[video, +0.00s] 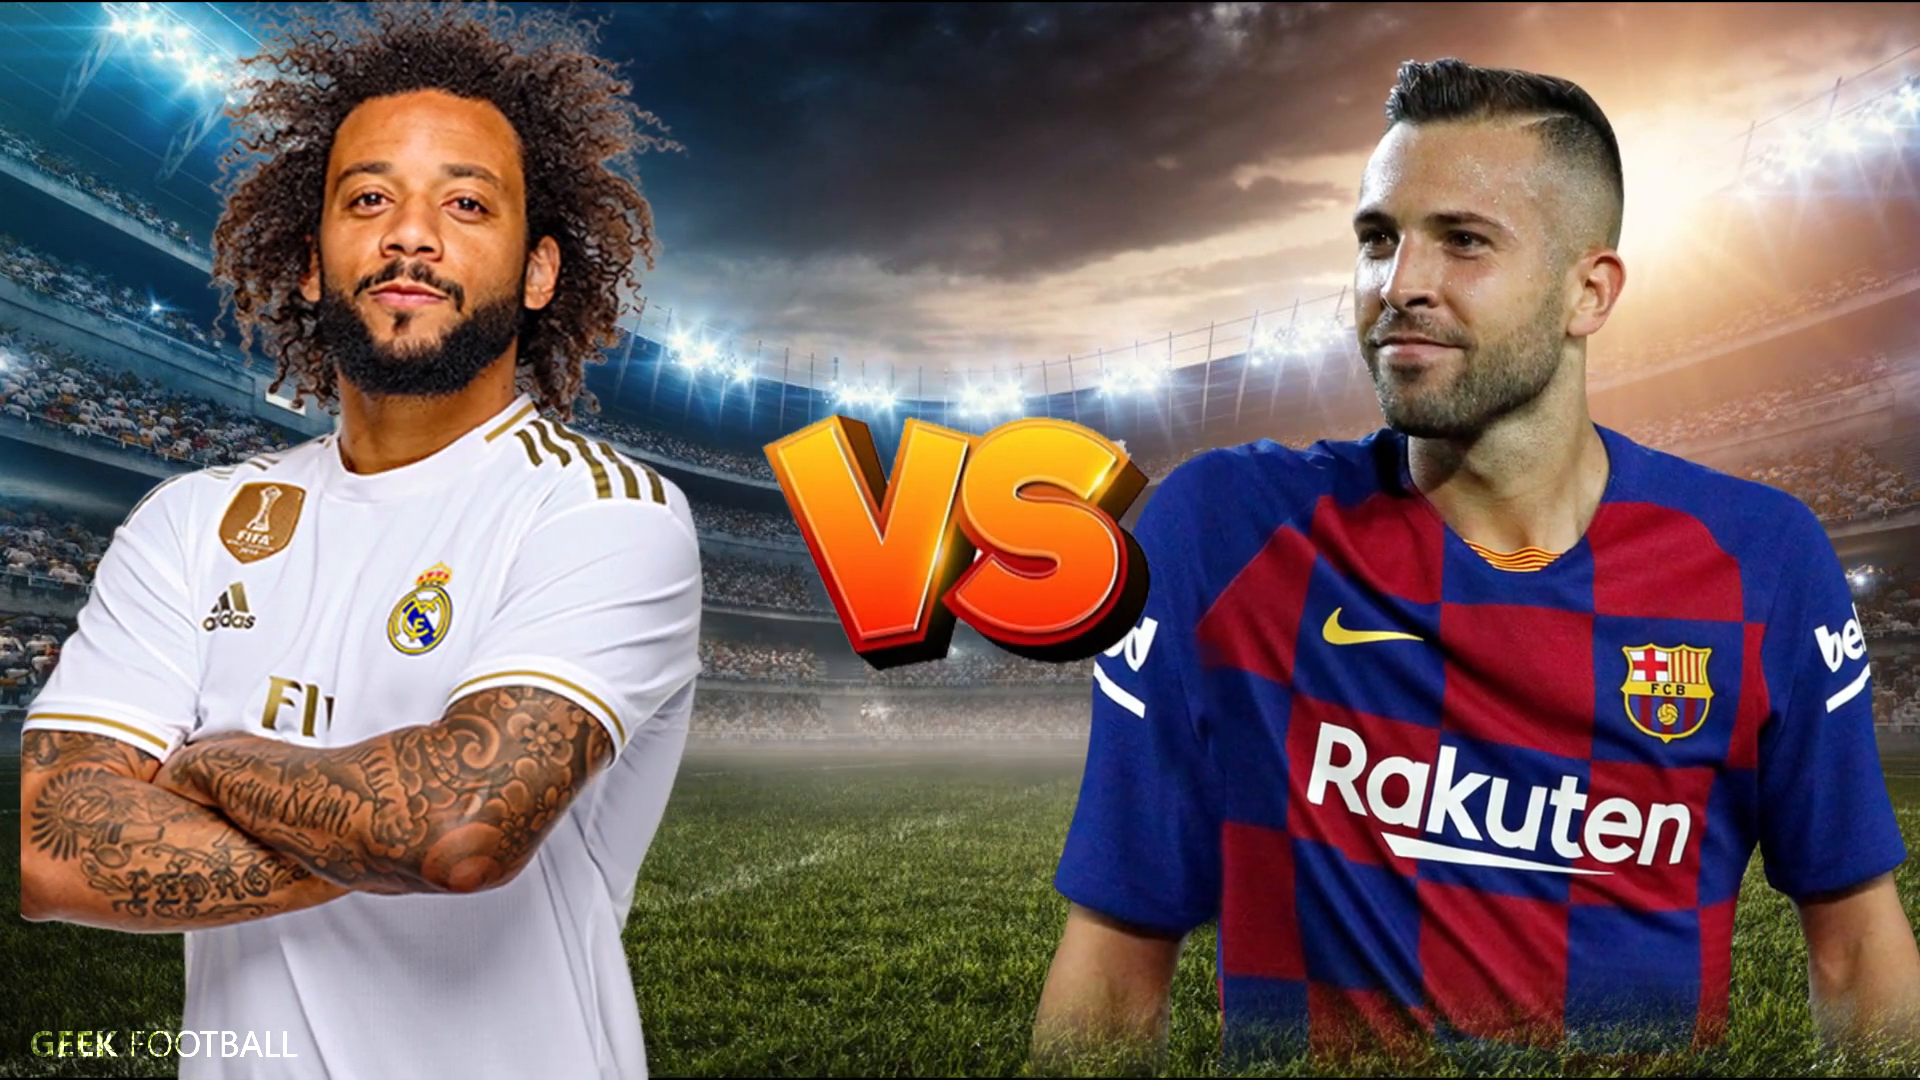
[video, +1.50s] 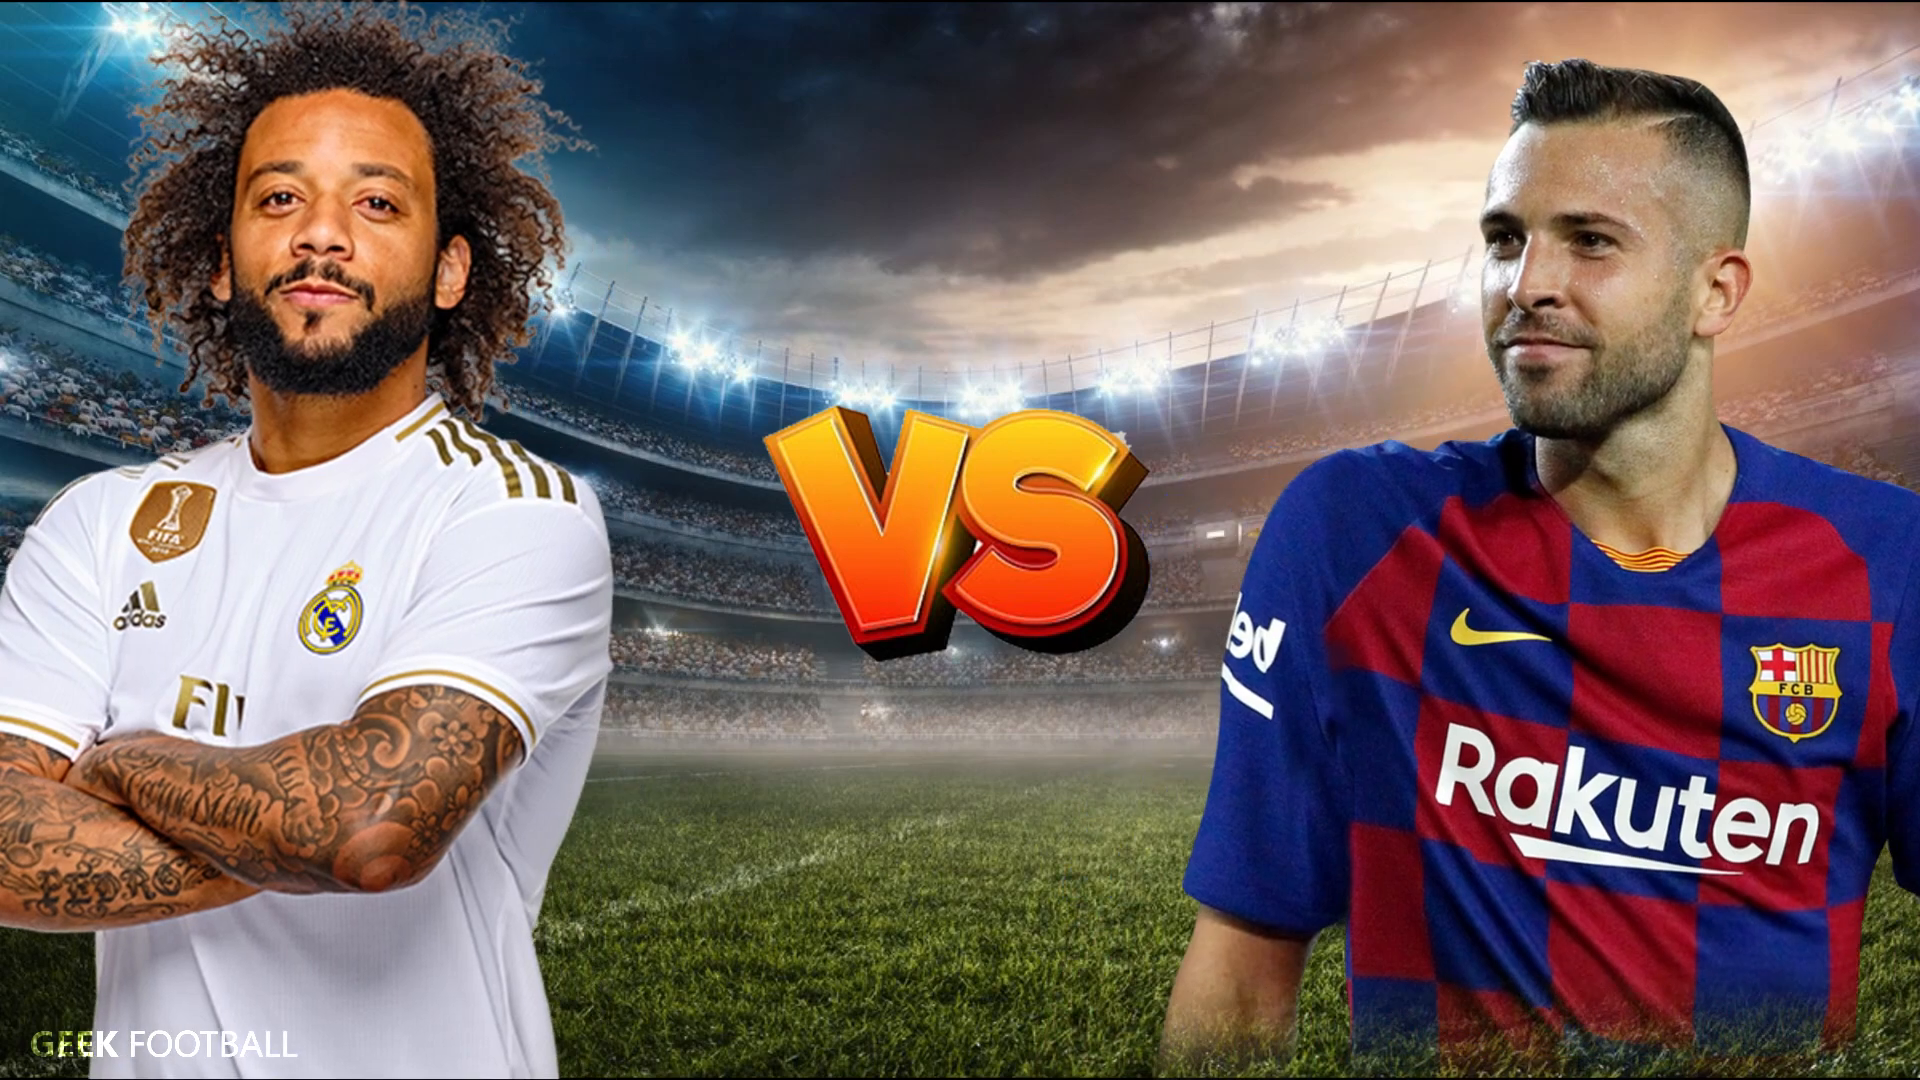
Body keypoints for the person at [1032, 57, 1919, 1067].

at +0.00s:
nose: (1397, 285)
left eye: (1464, 241)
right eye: (1377, 240)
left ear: (1589, 294)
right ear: (1355, 263)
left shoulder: (1764, 564)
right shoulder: (1217, 530)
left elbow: (1857, 938)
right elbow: (1116, 958)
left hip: (1638, 1052)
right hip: (1306, 1050)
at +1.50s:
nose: (1527, 289)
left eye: (1592, 242)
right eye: (1505, 243)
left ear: (1717, 295)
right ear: (1482, 267)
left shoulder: (1892, 563)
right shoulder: (1346, 530)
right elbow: (1242, 962)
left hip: (1768, 1060)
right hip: (1445, 1055)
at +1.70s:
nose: (1653, 280)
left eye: (1719, 234)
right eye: (1633, 234)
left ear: (1844, 285)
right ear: (1612, 255)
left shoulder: (1911, 540)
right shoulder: (1480, 522)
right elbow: (1369, 960)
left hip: (1881, 1046)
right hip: (1582, 1048)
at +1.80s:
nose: (1736, 274)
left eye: (1801, 229)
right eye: (1714, 229)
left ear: (1915, 280)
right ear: (1688, 253)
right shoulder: (1561, 516)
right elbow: (1448, 946)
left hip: (1891, 1043)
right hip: (1645, 1051)